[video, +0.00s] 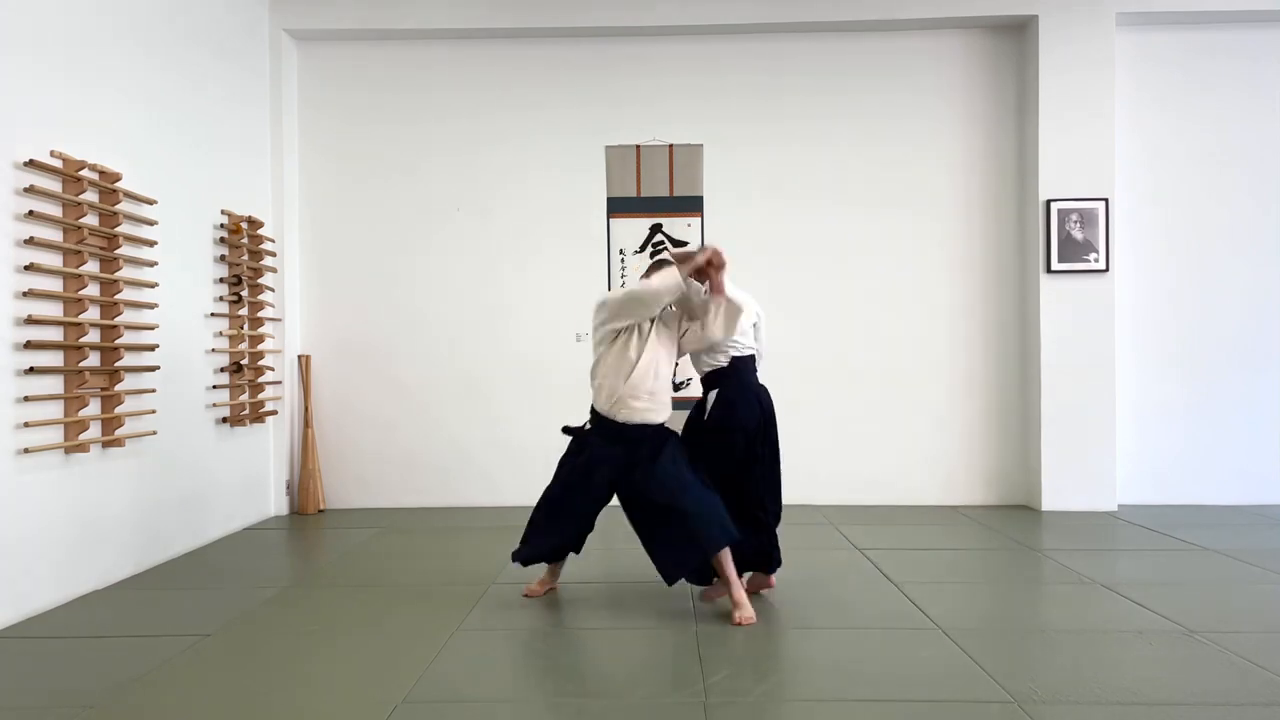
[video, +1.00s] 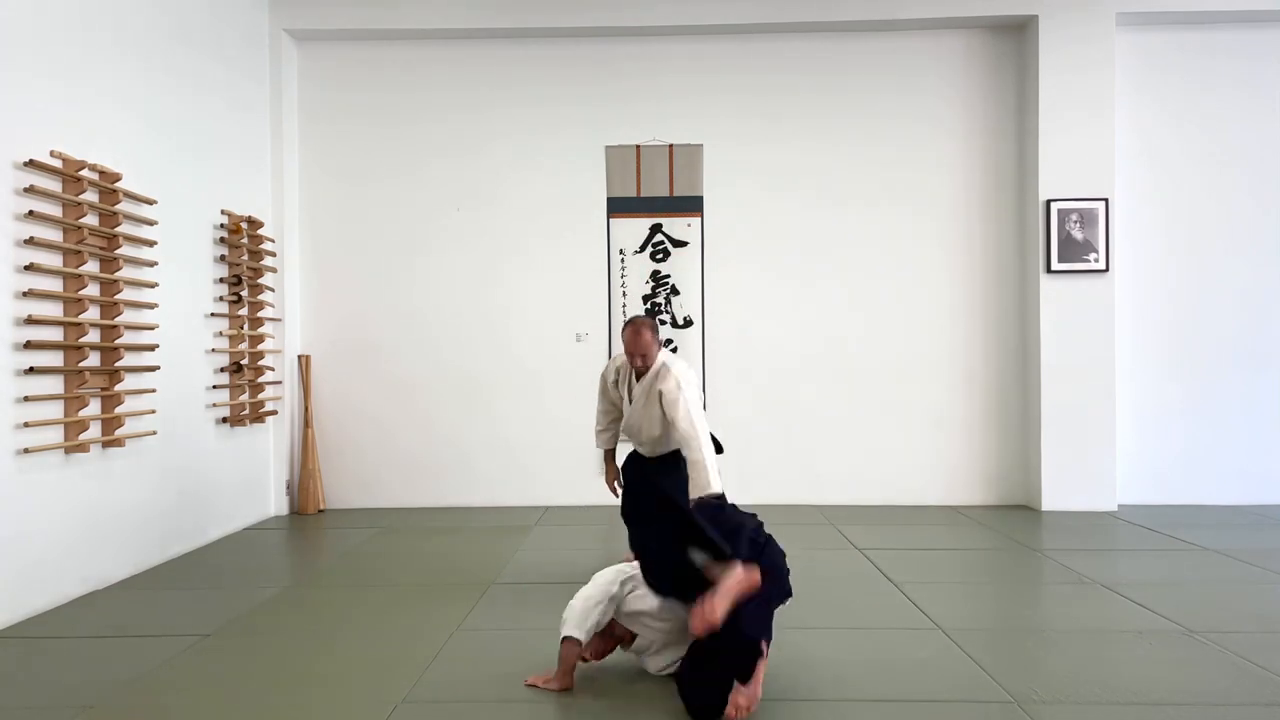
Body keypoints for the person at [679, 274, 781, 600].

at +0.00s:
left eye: (667, 278)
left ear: (686, 276)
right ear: (715, 271)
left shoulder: (689, 310)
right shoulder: (746, 303)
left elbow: (671, 349)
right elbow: (757, 354)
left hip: (721, 397)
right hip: (756, 394)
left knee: (697, 478)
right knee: (757, 480)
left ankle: (725, 572)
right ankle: (763, 568)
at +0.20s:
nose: (680, 334)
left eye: (679, 330)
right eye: (679, 330)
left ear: (684, 327)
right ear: (711, 317)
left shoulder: (685, 352)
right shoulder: (746, 338)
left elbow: (673, 385)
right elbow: (773, 383)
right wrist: (738, 378)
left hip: (728, 443)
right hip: (765, 435)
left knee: (717, 518)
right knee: (772, 509)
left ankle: (793, 567)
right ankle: (767, 588)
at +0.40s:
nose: (724, 408)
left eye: (724, 405)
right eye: (725, 403)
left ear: (688, 401)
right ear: (718, 401)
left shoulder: (669, 434)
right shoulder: (730, 420)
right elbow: (786, 461)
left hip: (722, 526)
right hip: (763, 513)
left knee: (717, 600)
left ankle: (806, 600)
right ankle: (808, 596)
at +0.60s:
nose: (704, 522)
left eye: (703, 516)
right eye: (701, 517)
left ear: (661, 516)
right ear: (683, 522)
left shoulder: (649, 548)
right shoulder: (689, 562)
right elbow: (755, 581)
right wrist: (791, 549)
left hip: (709, 621)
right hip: (751, 621)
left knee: (766, 506)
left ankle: (808, 607)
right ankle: (847, 503)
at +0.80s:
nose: (648, 412)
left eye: (655, 405)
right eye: (642, 406)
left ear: (668, 390)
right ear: (629, 391)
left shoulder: (685, 409)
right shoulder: (616, 397)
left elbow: (675, 471)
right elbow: (604, 438)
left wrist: (648, 533)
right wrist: (604, 485)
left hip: (694, 460)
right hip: (646, 459)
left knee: (688, 537)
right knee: (609, 529)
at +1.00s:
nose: (637, 364)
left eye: (644, 357)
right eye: (631, 357)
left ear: (658, 346)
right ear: (622, 349)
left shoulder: (672, 376)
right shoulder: (615, 372)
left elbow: (693, 433)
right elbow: (607, 416)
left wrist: (707, 496)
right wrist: (608, 460)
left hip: (678, 456)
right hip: (641, 459)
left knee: (691, 524)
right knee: (653, 551)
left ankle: (732, 571)